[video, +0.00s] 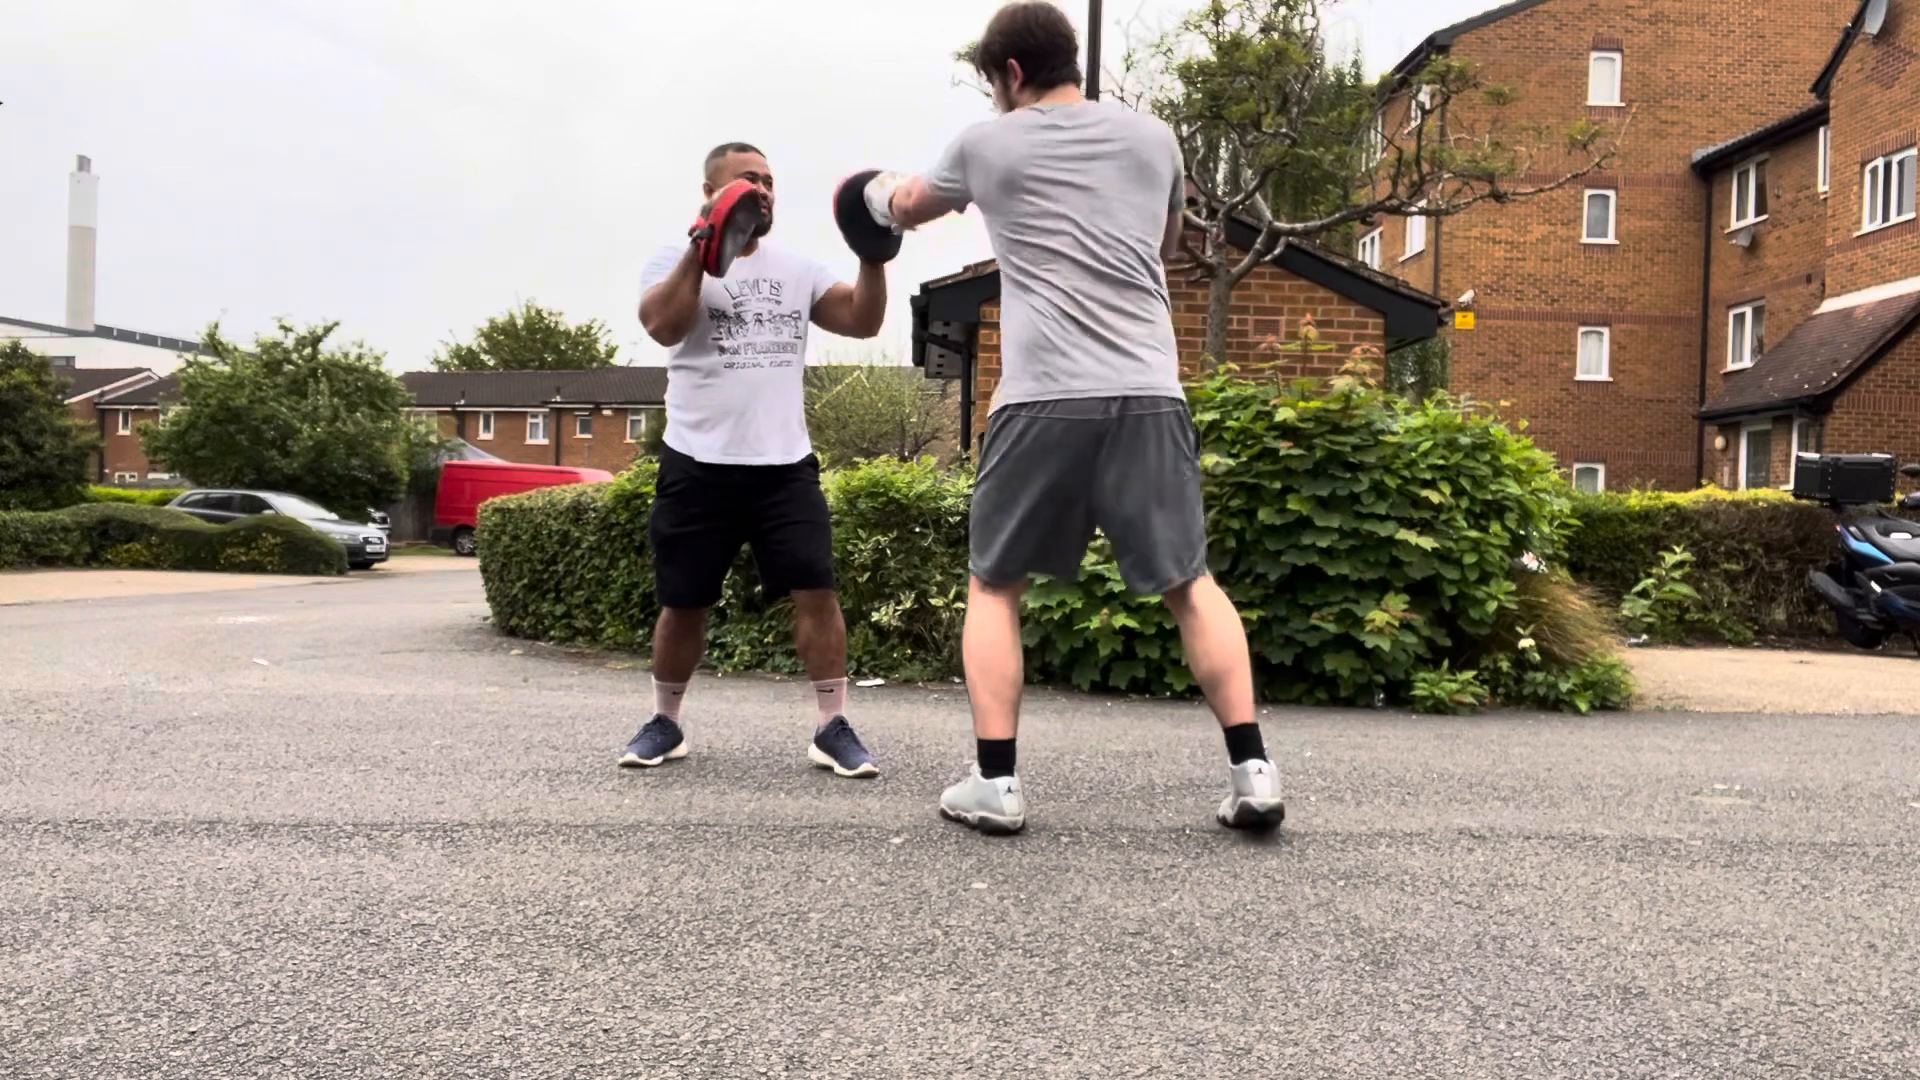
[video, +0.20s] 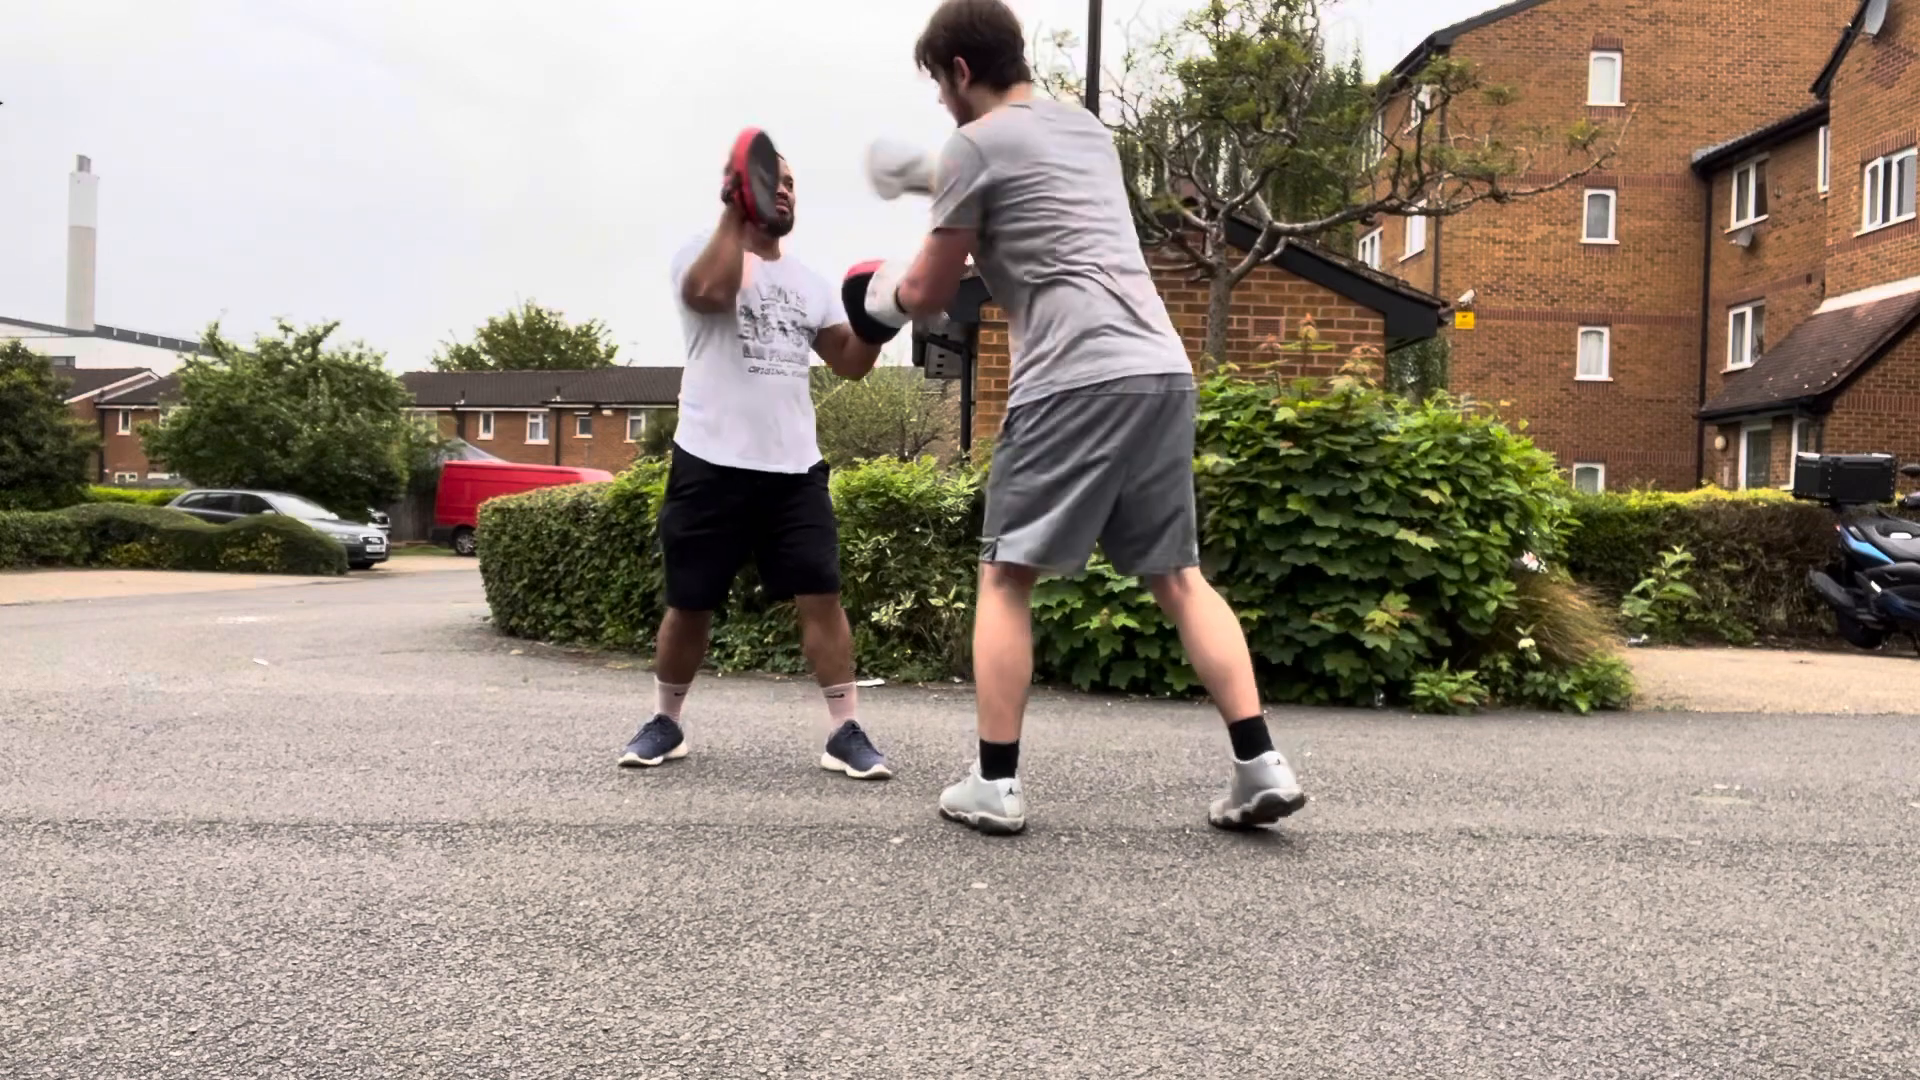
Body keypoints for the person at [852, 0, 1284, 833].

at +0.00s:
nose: (991, 93)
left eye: (990, 82)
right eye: (989, 82)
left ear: (1012, 73)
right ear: (1076, 64)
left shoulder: (989, 141)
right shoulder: (1153, 136)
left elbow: (910, 208)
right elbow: (1161, 241)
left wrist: (891, 188)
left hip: (1042, 400)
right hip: (1152, 397)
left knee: (994, 584)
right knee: (1191, 581)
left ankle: (997, 780)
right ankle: (1252, 767)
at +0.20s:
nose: (938, 97)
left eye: (936, 82)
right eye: (934, 83)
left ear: (959, 71)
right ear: (1020, 63)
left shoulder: (976, 144)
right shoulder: (1090, 128)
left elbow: (925, 295)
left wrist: (892, 286)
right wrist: (936, 178)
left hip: (1071, 380)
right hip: (1166, 372)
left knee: (1006, 579)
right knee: (1180, 573)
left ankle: (995, 783)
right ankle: (1260, 764)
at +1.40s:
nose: (983, 108)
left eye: (979, 93)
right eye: (978, 94)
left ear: (993, 84)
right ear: (1061, 68)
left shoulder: (1014, 156)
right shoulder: (1141, 135)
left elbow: (998, 296)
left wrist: (929, 342)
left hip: (1089, 400)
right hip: (1195, 386)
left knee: (1007, 572)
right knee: (1233, 580)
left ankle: (993, 779)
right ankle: (1324, 764)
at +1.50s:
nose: (1011, 101)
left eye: (1007, 89)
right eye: (1007, 91)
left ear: (1022, 76)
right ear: (1093, 61)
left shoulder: (1017, 154)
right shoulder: (1183, 128)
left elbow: (955, 300)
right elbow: (1232, 255)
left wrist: (928, 300)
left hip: (1089, 400)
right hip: (1198, 390)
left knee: (1016, 572)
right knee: (1238, 580)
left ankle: (992, 776)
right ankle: (1314, 767)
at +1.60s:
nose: (1044, 93)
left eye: (1042, 81)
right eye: (1042, 83)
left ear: (1062, 69)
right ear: (1129, 57)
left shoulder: (1047, 145)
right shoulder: (1225, 130)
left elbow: (993, 278)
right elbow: (1287, 251)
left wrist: (1036, 269)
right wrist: (1216, 268)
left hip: (1108, 400)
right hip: (1222, 391)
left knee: (1036, 577)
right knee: (1247, 587)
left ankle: (991, 775)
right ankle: (1303, 786)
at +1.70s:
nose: (1092, 82)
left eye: (1091, 68)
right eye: (1093, 68)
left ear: (1111, 60)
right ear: (1179, 53)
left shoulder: (1088, 144)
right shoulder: (1267, 133)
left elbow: (1044, 287)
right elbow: (1304, 267)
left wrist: (1110, 262)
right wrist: (1222, 260)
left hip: (1141, 398)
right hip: (1253, 394)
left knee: (1062, 583)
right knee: (1264, 597)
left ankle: (995, 778)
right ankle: (1307, 808)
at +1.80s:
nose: (1140, 78)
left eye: (1139, 63)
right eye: (1140, 65)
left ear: (1160, 46)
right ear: (1223, 41)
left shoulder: (1139, 124)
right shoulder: (1304, 123)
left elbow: (1090, 261)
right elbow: (1276, 230)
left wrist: (1169, 210)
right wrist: (1151, 221)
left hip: (1176, 388)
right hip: (1288, 387)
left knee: (1088, 565)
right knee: (1287, 600)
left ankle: (1021, 766)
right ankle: (1311, 812)